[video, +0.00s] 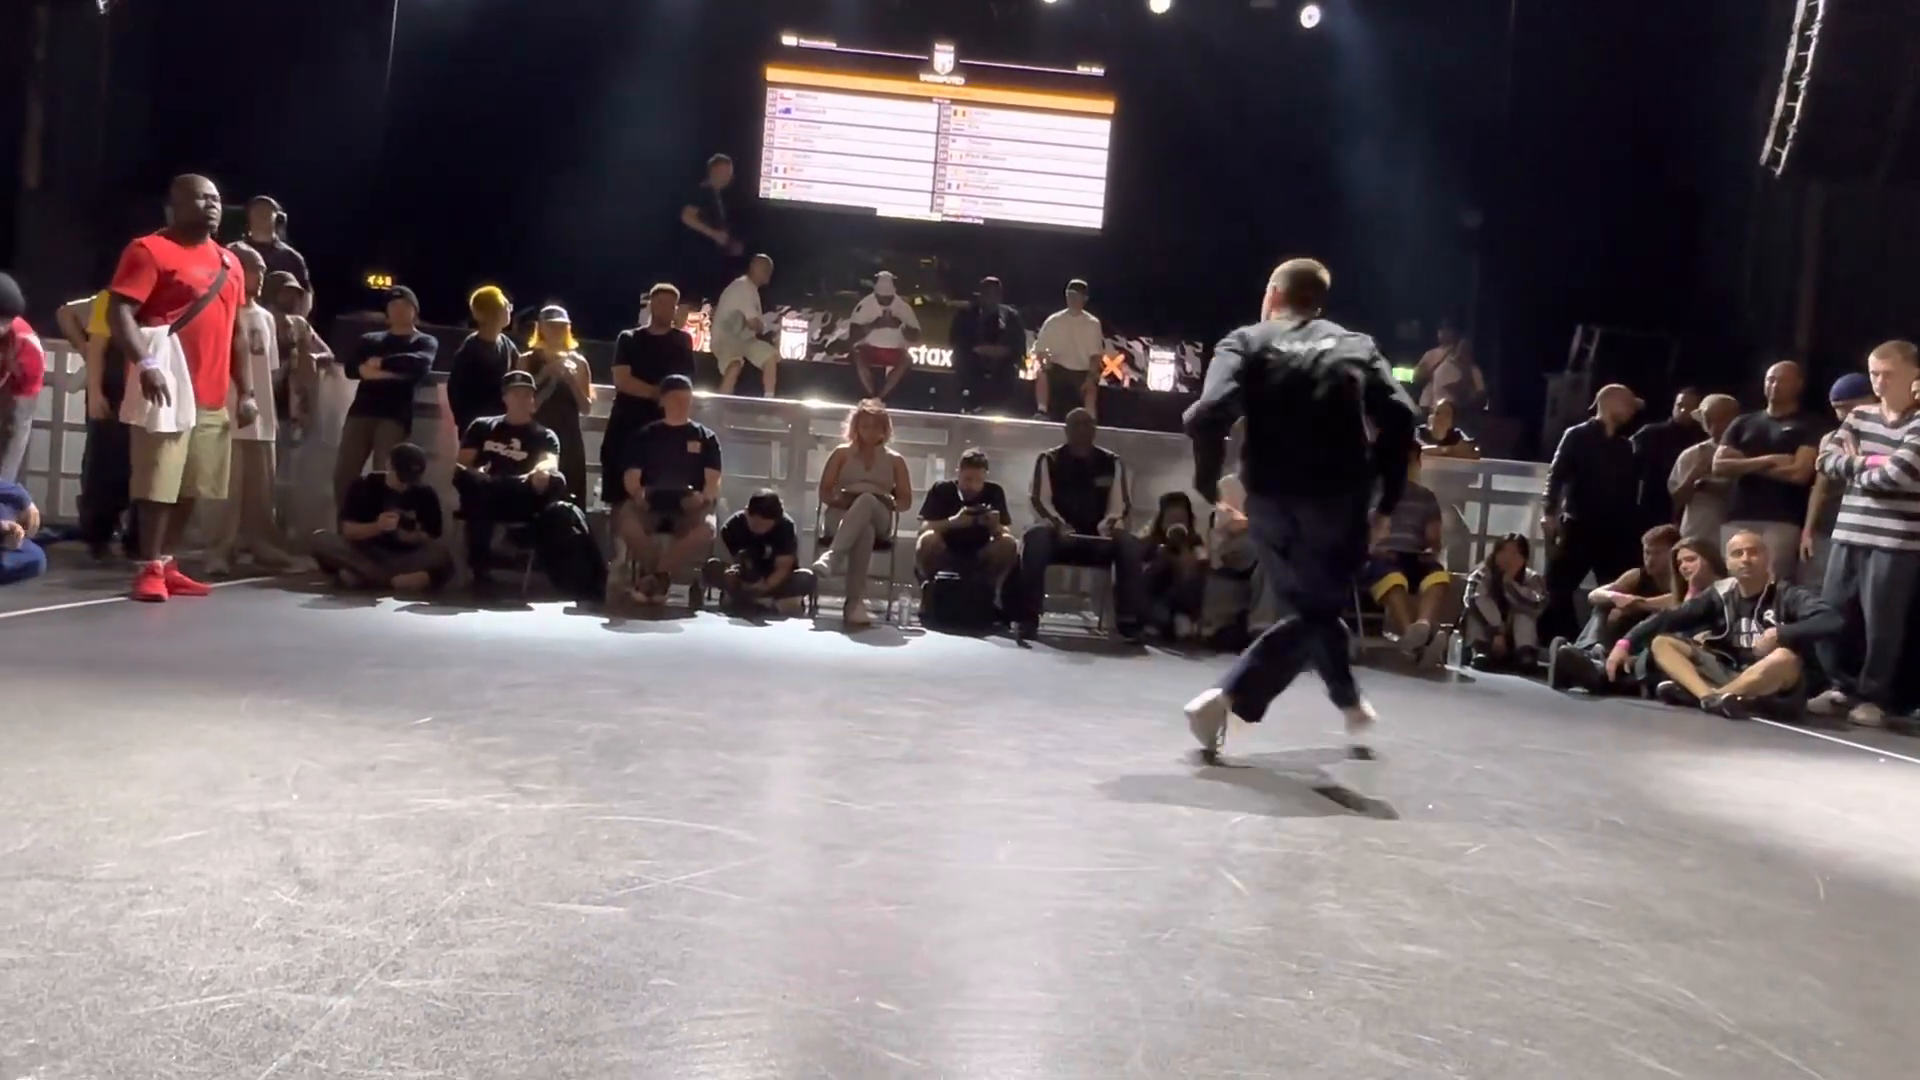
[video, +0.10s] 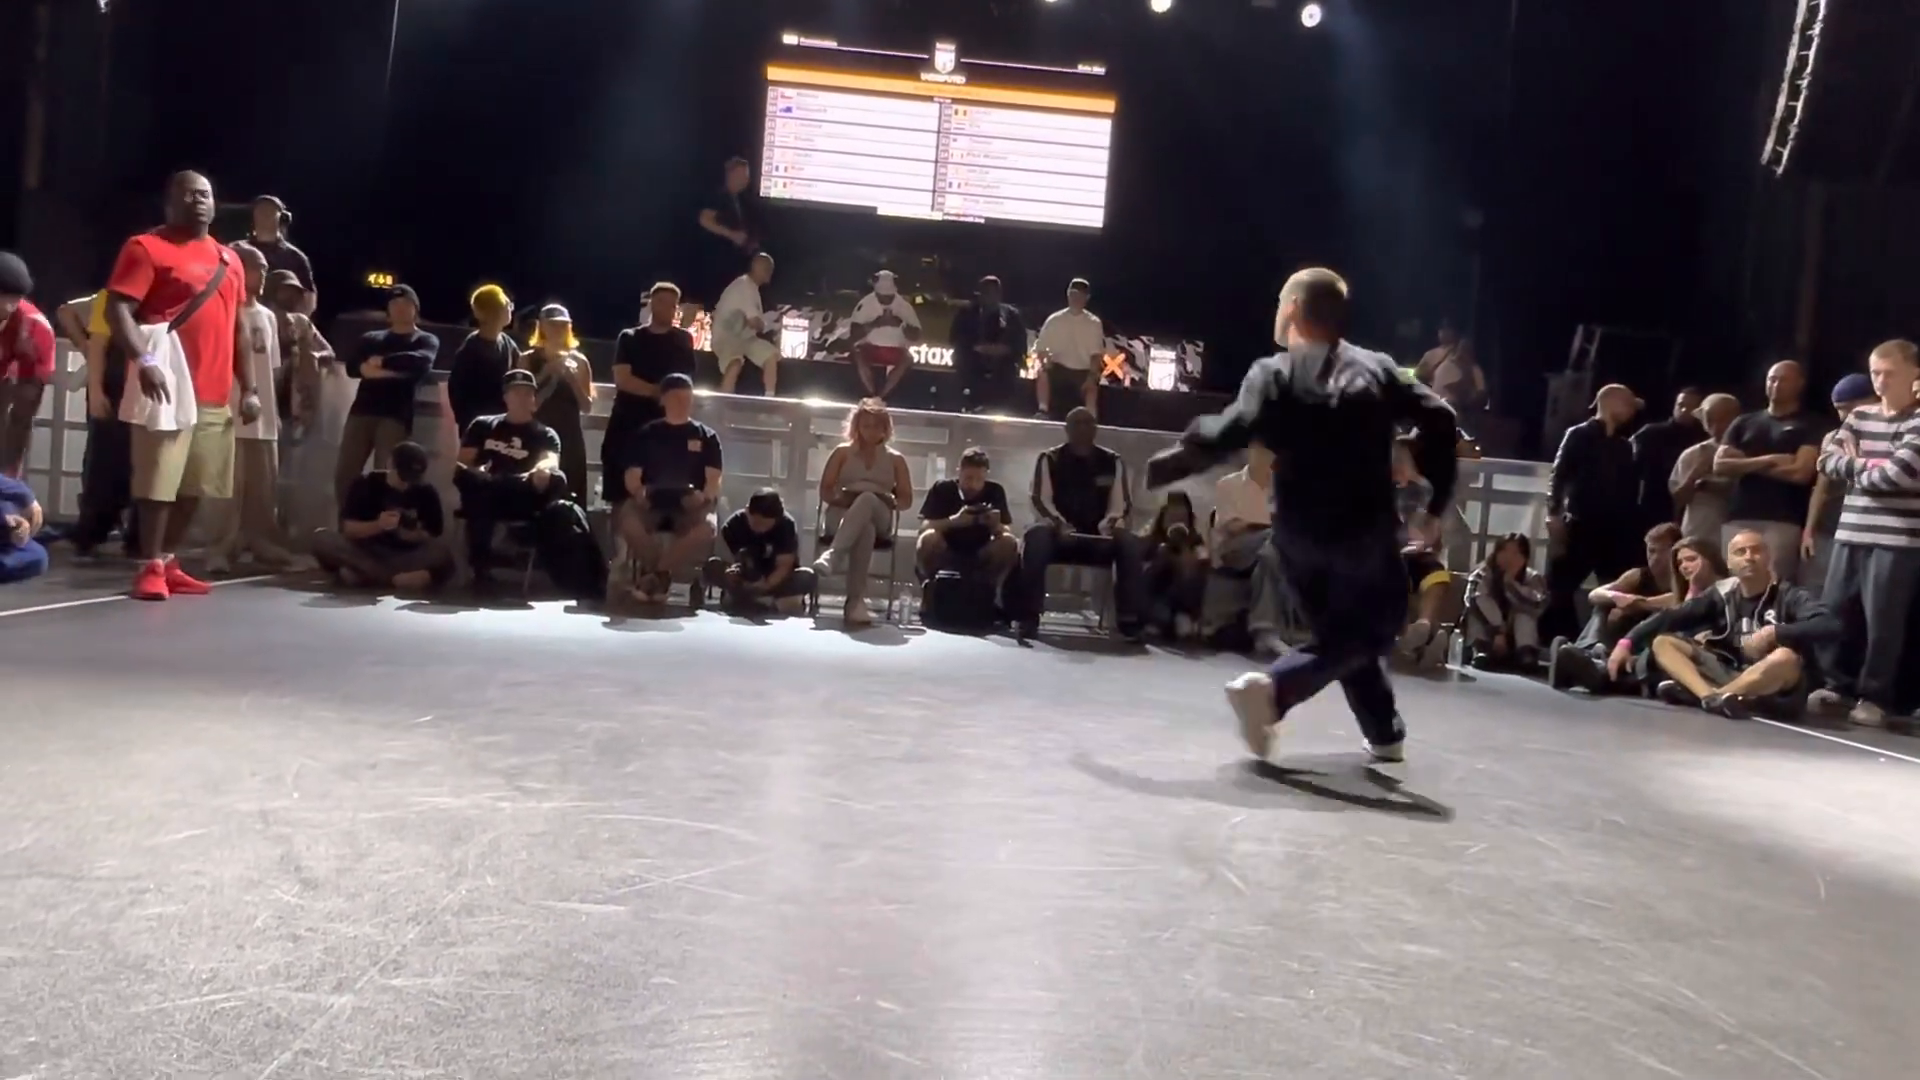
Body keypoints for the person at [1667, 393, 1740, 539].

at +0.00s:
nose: (1719, 428)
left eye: (1725, 421)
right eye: (1714, 421)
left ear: (1736, 421)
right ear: (1706, 423)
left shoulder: (1745, 453)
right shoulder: (1691, 456)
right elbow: (1677, 498)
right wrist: (1693, 475)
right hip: (1697, 533)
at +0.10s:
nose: (1720, 427)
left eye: (1725, 420)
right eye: (1715, 421)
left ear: (1737, 420)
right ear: (1707, 423)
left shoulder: (1745, 453)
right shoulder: (1691, 456)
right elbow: (1678, 498)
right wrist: (1695, 475)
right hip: (1698, 531)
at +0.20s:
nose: (1719, 428)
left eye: (1726, 421)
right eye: (1713, 421)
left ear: (1738, 420)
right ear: (1707, 422)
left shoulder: (1747, 453)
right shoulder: (1692, 456)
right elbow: (1679, 498)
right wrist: (1696, 474)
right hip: (1700, 533)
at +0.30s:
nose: (1721, 427)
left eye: (1727, 421)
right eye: (1715, 421)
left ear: (1739, 420)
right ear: (1708, 422)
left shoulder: (1748, 453)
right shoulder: (1693, 455)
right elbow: (1680, 498)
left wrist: (1714, 486)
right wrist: (1697, 474)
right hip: (1700, 532)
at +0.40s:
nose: (1722, 427)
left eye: (1728, 420)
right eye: (1716, 421)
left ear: (1740, 419)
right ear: (1709, 422)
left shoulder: (1750, 452)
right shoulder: (1694, 455)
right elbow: (1680, 499)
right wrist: (1696, 477)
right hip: (1701, 535)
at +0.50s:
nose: (1723, 426)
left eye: (1729, 419)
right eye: (1717, 419)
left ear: (1741, 419)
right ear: (1709, 421)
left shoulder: (1750, 452)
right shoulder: (1694, 455)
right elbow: (1681, 497)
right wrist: (1696, 478)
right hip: (1702, 533)